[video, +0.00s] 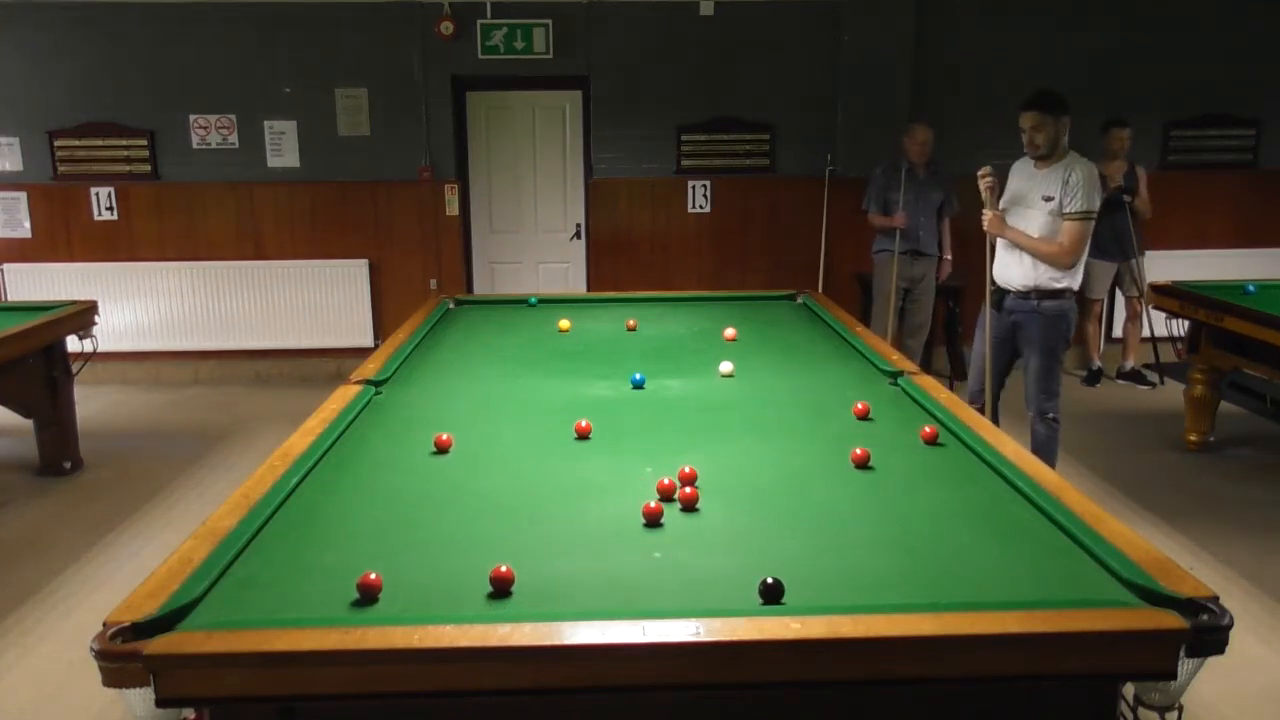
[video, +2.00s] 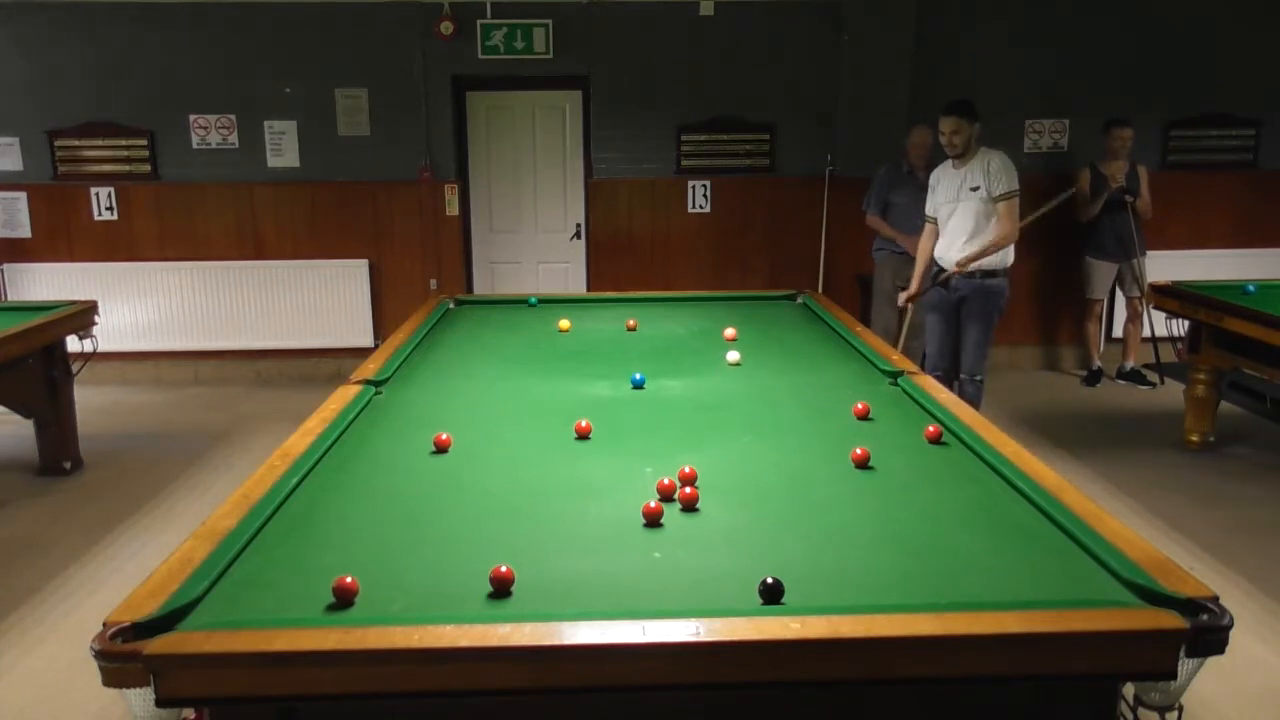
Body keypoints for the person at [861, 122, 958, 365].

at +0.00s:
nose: (922, 149)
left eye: (926, 144)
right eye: (917, 143)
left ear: (932, 147)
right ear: (906, 143)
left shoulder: (937, 177)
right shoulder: (886, 174)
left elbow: (944, 219)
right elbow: (873, 218)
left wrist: (947, 256)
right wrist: (891, 222)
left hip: (927, 258)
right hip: (891, 256)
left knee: (918, 327)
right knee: (884, 324)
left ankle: (907, 382)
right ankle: (877, 378)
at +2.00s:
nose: (922, 150)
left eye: (927, 145)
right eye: (917, 145)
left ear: (932, 149)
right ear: (907, 146)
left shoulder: (938, 180)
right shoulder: (890, 174)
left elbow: (945, 218)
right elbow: (871, 217)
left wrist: (929, 245)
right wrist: (905, 240)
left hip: (925, 258)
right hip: (891, 256)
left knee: (918, 324)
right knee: (886, 322)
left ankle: (909, 382)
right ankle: (879, 378)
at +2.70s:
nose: (889, 152)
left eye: (894, 147)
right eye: (885, 146)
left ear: (901, 149)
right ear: (876, 148)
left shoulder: (910, 178)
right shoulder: (863, 175)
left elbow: (922, 221)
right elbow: (841, 216)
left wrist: (913, 264)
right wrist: (852, 255)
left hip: (904, 262)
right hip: (870, 261)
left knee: (902, 328)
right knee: (870, 327)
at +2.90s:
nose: (869, 155)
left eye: (874, 150)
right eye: (866, 150)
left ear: (886, 152)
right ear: (862, 151)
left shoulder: (897, 181)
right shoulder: (850, 178)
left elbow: (910, 221)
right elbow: (834, 219)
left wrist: (909, 252)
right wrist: (837, 260)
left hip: (895, 259)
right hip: (859, 259)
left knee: (898, 323)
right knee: (861, 319)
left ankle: (901, 375)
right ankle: (863, 373)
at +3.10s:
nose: (857, 163)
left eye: (862, 158)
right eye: (853, 158)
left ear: (873, 155)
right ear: (848, 156)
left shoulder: (892, 179)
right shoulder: (841, 180)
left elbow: (911, 215)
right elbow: (829, 223)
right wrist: (822, 263)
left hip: (887, 260)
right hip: (853, 260)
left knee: (887, 322)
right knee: (857, 317)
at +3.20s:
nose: (852, 165)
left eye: (857, 160)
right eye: (848, 160)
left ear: (869, 156)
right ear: (842, 157)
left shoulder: (890, 178)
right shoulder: (838, 179)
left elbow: (907, 215)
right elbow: (828, 223)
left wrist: (900, 254)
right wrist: (819, 263)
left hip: (883, 260)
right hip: (849, 260)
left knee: (882, 321)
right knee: (853, 319)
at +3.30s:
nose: (844, 168)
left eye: (850, 163)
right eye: (839, 163)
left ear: (862, 157)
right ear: (834, 160)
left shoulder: (884, 178)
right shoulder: (835, 181)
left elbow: (904, 214)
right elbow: (826, 223)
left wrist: (881, 239)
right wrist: (819, 261)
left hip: (878, 257)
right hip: (847, 259)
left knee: (877, 317)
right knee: (850, 315)